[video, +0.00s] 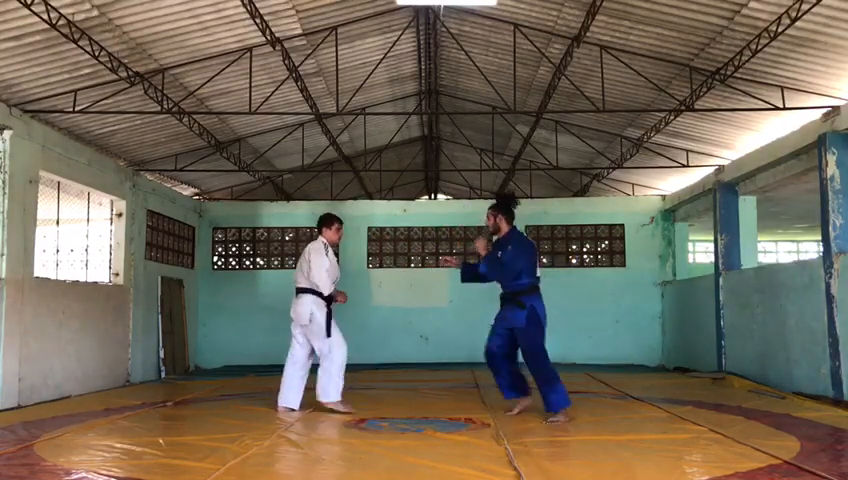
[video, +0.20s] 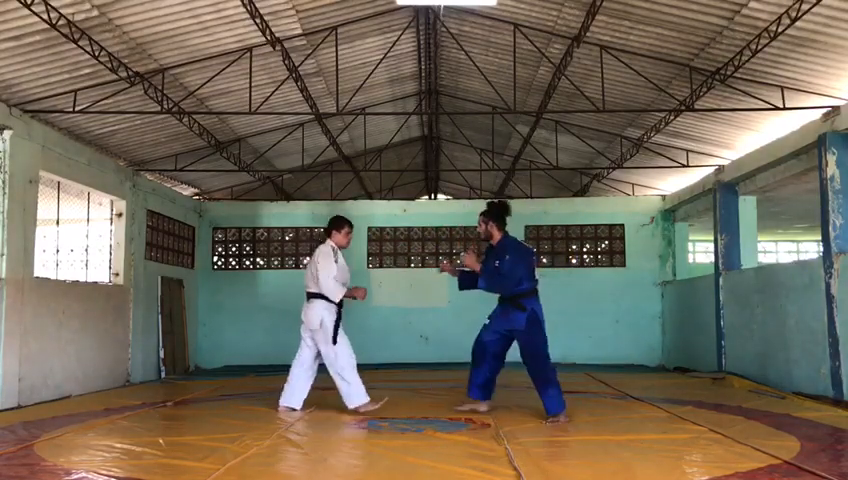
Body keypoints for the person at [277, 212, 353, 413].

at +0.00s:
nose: (340, 235)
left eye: (341, 230)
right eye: (337, 230)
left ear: (325, 231)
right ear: (326, 230)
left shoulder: (317, 249)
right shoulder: (317, 248)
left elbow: (316, 282)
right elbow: (320, 278)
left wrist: (334, 295)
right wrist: (335, 294)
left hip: (302, 303)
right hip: (312, 304)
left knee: (299, 355)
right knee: (336, 348)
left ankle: (286, 404)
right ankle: (330, 397)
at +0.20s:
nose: (349, 238)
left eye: (350, 234)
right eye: (347, 234)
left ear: (335, 234)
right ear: (334, 233)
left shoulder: (326, 251)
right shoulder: (326, 252)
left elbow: (327, 283)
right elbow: (327, 284)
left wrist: (349, 292)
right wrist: (350, 292)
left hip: (313, 307)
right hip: (322, 309)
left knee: (306, 357)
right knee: (342, 356)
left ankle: (288, 403)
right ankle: (359, 401)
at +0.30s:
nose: (357, 241)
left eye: (358, 237)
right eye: (354, 237)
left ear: (346, 238)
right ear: (342, 236)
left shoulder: (345, 259)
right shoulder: (331, 257)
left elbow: (348, 289)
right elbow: (334, 292)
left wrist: (367, 297)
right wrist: (360, 295)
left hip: (324, 312)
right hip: (330, 314)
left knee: (316, 360)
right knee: (352, 360)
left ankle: (291, 402)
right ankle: (364, 406)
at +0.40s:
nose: (366, 246)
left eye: (366, 242)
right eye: (362, 242)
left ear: (360, 242)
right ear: (350, 241)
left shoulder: (359, 265)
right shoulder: (334, 264)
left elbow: (373, 291)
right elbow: (337, 297)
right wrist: (362, 302)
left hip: (333, 317)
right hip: (336, 318)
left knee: (327, 361)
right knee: (363, 358)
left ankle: (293, 400)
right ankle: (368, 408)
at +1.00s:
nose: (382, 252)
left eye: (383, 249)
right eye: (380, 247)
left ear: (368, 240)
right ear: (369, 240)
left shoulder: (370, 260)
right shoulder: (353, 252)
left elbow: (389, 250)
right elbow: (378, 239)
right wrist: (383, 232)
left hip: (360, 312)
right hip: (349, 311)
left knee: (373, 350)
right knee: (373, 350)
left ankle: (371, 397)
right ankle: (365, 401)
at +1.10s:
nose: (385, 259)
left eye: (387, 256)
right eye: (384, 254)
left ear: (384, 255)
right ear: (374, 248)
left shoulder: (380, 267)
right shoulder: (353, 260)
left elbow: (399, 269)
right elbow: (367, 237)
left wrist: (395, 255)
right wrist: (384, 230)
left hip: (366, 314)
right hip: (349, 312)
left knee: (369, 354)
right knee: (372, 352)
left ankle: (364, 397)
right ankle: (365, 402)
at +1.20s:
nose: (389, 271)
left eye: (391, 268)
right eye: (388, 266)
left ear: (390, 265)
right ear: (379, 258)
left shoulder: (383, 279)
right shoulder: (360, 265)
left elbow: (400, 284)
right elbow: (358, 242)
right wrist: (368, 232)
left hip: (368, 321)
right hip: (351, 319)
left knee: (373, 355)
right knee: (374, 352)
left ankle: (370, 395)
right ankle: (376, 400)